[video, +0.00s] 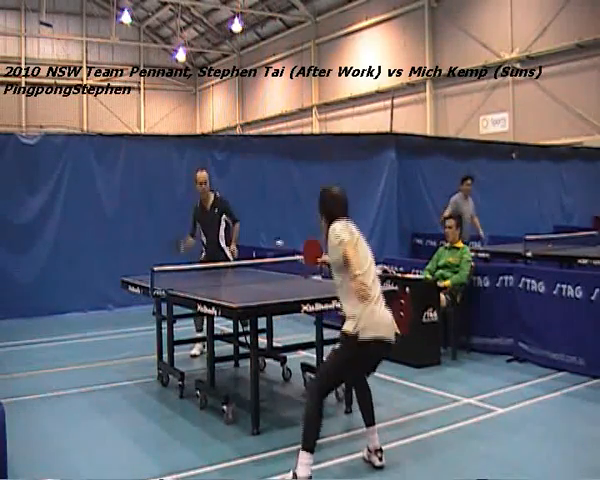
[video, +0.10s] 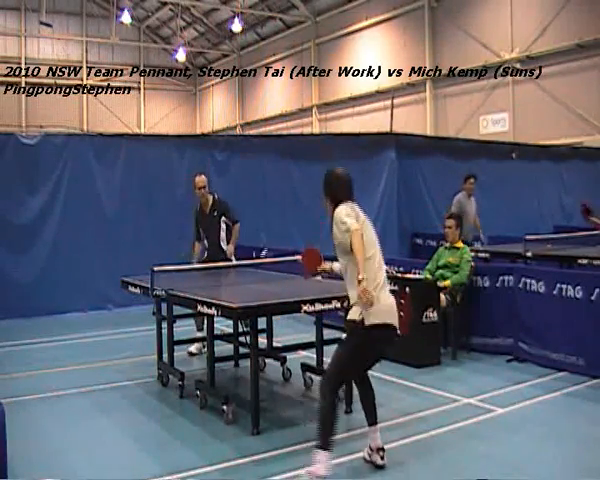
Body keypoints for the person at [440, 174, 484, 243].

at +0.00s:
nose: (469, 188)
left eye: (470, 185)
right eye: (467, 185)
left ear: (471, 187)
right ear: (461, 186)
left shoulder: (470, 200)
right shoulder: (455, 199)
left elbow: (473, 217)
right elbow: (448, 212)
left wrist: (480, 230)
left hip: (466, 234)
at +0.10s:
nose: (472, 187)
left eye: (473, 184)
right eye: (470, 184)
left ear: (474, 186)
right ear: (464, 185)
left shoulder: (472, 199)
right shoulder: (458, 198)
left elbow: (474, 216)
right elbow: (453, 216)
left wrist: (479, 231)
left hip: (470, 234)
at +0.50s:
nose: (486, 186)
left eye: (487, 183)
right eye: (485, 183)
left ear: (488, 185)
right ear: (478, 184)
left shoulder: (485, 199)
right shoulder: (472, 198)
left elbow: (484, 217)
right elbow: (468, 217)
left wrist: (485, 235)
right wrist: (467, 237)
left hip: (483, 237)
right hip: (473, 238)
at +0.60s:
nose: (491, 186)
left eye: (491, 183)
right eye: (489, 183)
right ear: (482, 184)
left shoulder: (489, 199)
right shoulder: (475, 198)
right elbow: (472, 217)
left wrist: (489, 236)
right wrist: (472, 238)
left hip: (488, 238)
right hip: (478, 239)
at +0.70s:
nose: (495, 185)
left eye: (496, 182)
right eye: (494, 182)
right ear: (488, 183)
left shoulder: (495, 198)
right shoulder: (479, 198)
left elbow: (496, 216)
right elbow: (476, 215)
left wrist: (499, 233)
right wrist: (478, 235)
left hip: (494, 236)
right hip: (484, 236)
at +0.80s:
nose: (499, 184)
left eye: (499, 182)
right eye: (497, 181)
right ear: (491, 183)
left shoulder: (497, 197)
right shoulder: (482, 197)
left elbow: (503, 213)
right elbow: (478, 215)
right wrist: (480, 234)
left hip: (497, 235)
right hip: (485, 236)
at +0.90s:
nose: (504, 185)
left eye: (504, 182)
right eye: (502, 182)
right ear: (496, 183)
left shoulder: (502, 198)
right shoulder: (487, 198)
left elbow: (508, 210)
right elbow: (482, 217)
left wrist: (519, 216)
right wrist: (481, 235)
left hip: (501, 236)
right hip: (489, 237)